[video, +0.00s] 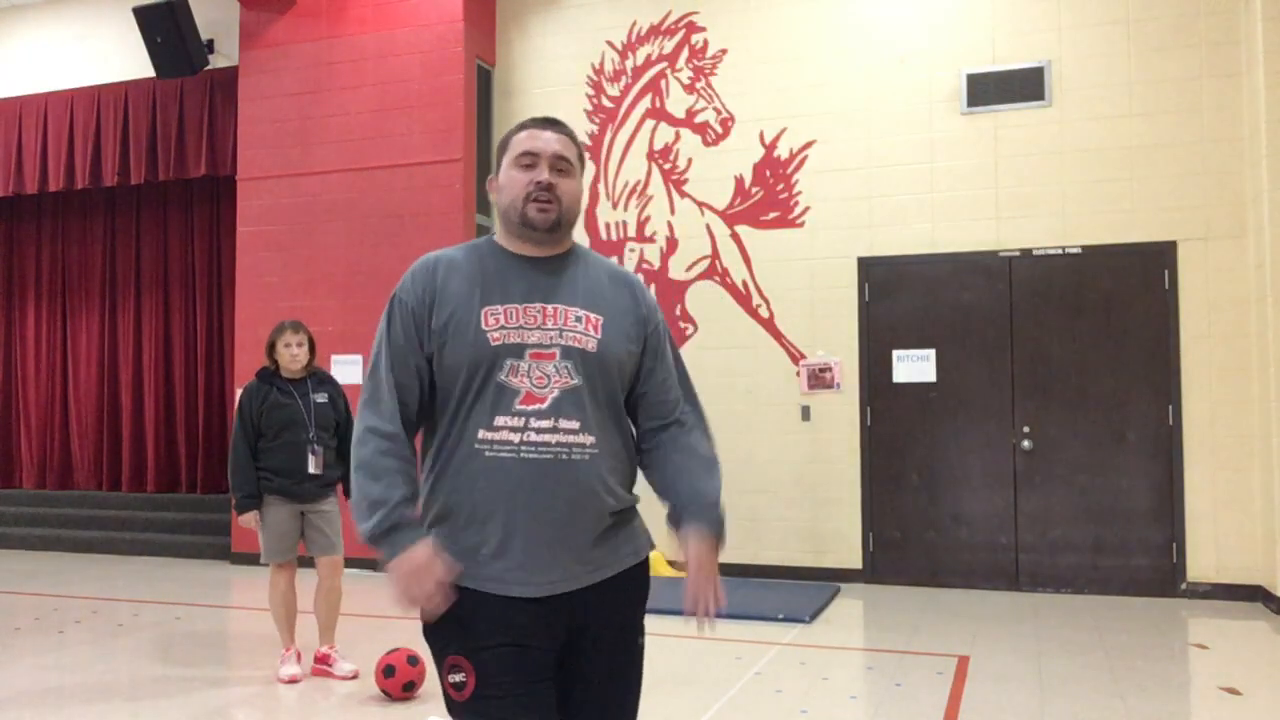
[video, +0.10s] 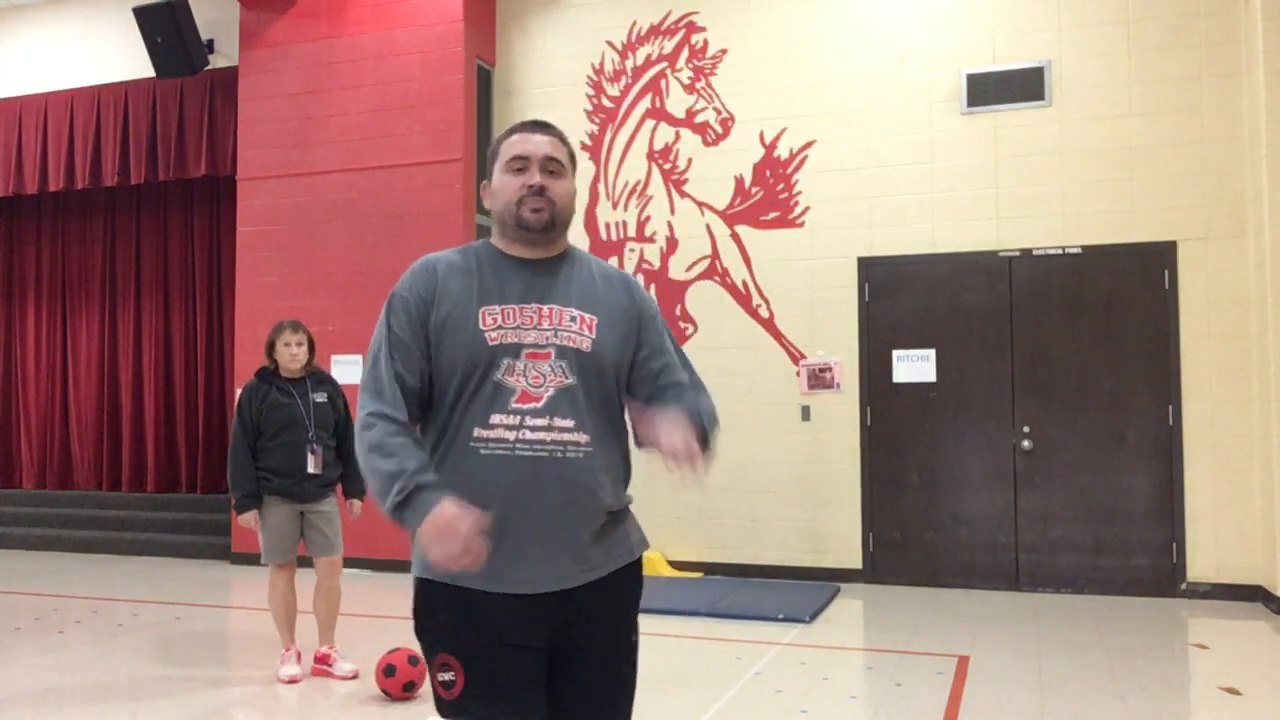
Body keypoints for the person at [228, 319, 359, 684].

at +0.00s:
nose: (295, 351)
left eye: (301, 345)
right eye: (286, 346)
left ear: (310, 350)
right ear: (274, 352)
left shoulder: (328, 387)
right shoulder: (257, 392)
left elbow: (347, 437)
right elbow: (241, 449)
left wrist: (350, 484)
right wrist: (246, 502)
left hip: (322, 493)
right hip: (276, 495)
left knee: (332, 566)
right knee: (283, 569)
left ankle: (326, 651)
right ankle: (289, 652)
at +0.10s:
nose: (295, 351)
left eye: (301, 344)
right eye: (287, 345)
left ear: (310, 349)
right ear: (273, 351)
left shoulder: (327, 386)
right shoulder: (257, 391)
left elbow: (345, 438)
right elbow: (240, 448)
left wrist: (354, 487)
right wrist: (245, 501)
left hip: (322, 494)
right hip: (276, 495)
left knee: (331, 565)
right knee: (282, 569)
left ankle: (326, 651)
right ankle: (289, 652)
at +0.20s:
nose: (294, 350)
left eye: (300, 344)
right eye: (286, 345)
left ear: (309, 349)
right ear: (273, 351)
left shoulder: (326, 387)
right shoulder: (255, 393)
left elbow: (346, 438)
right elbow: (239, 449)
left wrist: (354, 485)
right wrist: (244, 501)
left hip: (322, 494)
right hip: (275, 495)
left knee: (330, 566)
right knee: (282, 569)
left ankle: (326, 651)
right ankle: (289, 652)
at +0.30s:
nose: (293, 350)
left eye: (299, 344)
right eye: (285, 345)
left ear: (308, 349)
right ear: (272, 351)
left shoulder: (326, 387)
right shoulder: (255, 392)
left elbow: (345, 438)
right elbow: (239, 448)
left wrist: (353, 485)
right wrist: (243, 501)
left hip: (322, 494)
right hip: (275, 495)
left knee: (329, 567)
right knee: (282, 569)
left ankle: (326, 651)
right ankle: (289, 652)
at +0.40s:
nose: (293, 350)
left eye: (298, 344)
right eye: (285, 344)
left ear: (308, 349)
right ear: (271, 351)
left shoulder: (325, 387)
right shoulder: (254, 392)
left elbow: (345, 436)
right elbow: (238, 448)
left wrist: (353, 485)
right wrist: (243, 501)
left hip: (322, 494)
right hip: (275, 495)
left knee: (329, 566)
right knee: (282, 569)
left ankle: (326, 651)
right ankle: (289, 652)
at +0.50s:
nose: (292, 350)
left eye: (298, 344)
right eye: (284, 344)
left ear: (307, 349)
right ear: (271, 351)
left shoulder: (324, 385)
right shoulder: (254, 392)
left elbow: (344, 434)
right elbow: (238, 448)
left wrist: (352, 483)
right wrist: (243, 501)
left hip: (322, 493)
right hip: (275, 495)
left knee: (329, 567)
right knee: (282, 570)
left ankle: (326, 650)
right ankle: (289, 652)